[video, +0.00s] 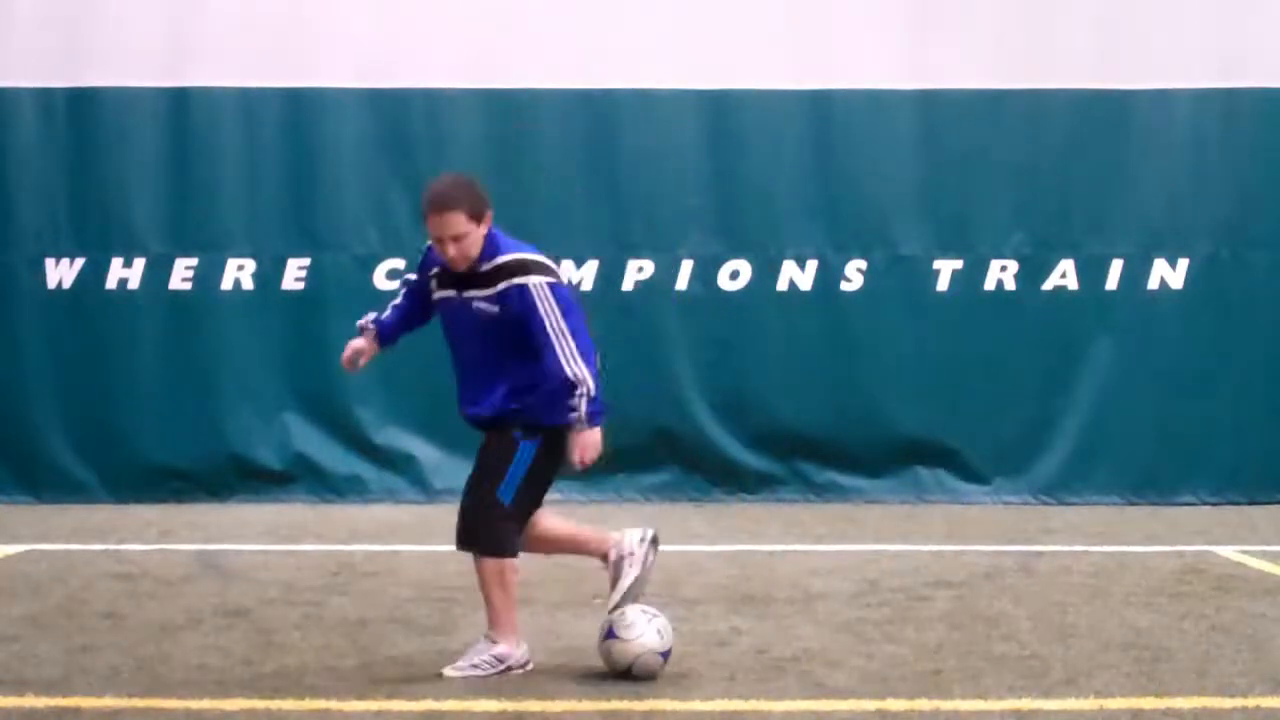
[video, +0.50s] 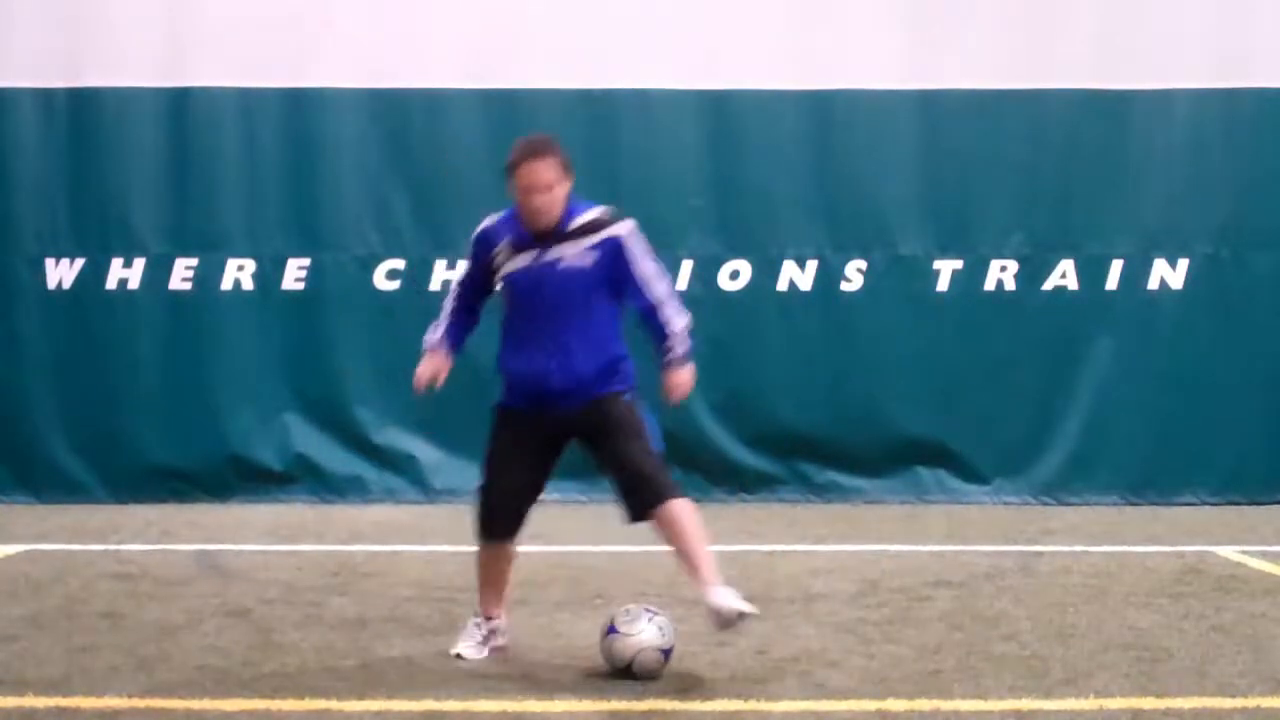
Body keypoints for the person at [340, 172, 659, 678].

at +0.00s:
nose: (448, 251)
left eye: (457, 238)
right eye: (439, 241)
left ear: (484, 224)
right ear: (429, 234)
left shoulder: (524, 269)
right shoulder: (437, 270)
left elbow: (568, 341)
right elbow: (411, 304)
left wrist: (586, 417)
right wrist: (375, 336)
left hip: (538, 417)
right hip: (501, 419)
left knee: (486, 520)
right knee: (497, 523)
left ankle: (506, 645)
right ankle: (616, 547)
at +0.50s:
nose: (535, 201)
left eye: (545, 189)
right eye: (526, 191)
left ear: (567, 184)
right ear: (512, 191)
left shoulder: (609, 230)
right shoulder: (496, 238)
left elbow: (657, 292)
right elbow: (465, 296)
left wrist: (678, 353)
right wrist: (440, 346)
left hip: (602, 395)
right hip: (527, 402)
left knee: (649, 481)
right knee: (497, 512)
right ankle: (490, 622)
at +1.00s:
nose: (729, 181)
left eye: (739, 169)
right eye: (717, 169)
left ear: (756, 163)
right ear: (699, 164)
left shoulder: (786, 197)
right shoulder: (673, 208)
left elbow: (814, 243)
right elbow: (616, 265)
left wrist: (803, 285)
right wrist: (593, 338)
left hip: (750, 357)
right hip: (685, 350)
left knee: (772, 479)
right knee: (732, 450)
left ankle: (697, 572)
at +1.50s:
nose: (763, 188)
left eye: (774, 176)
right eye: (752, 175)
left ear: (790, 171)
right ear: (734, 169)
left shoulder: (810, 212)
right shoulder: (701, 212)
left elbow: (837, 266)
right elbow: (638, 260)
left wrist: (846, 316)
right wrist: (616, 340)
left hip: (777, 377)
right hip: (709, 379)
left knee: (786, 494)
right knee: (743, 488)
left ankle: (752, 624)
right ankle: (770, 624)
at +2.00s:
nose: (600, 169)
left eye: (610, 157)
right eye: (590, 159)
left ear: (634, 154)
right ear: (578, 161)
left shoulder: (669, 201)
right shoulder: (555, 214)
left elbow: (715, 254)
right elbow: (523, 276)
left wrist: (709, 314)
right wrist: (504, 333)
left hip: (657, 366)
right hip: (586, 378)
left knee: (676, 444)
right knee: (568, 503)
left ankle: (672, 562)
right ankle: (578, 618)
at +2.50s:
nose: (476, 238)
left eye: (487, 225)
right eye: (467, 226)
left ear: (511, 216)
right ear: (454, 219)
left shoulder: (544, 268)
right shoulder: (446, 250)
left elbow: (591, 342)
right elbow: (418, 287)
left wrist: (612, 416)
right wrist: (382, 313)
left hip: (542, 416)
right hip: (494, 415)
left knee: (476, 523)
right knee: (495, 530)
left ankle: (495, 650)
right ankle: (617, 541)